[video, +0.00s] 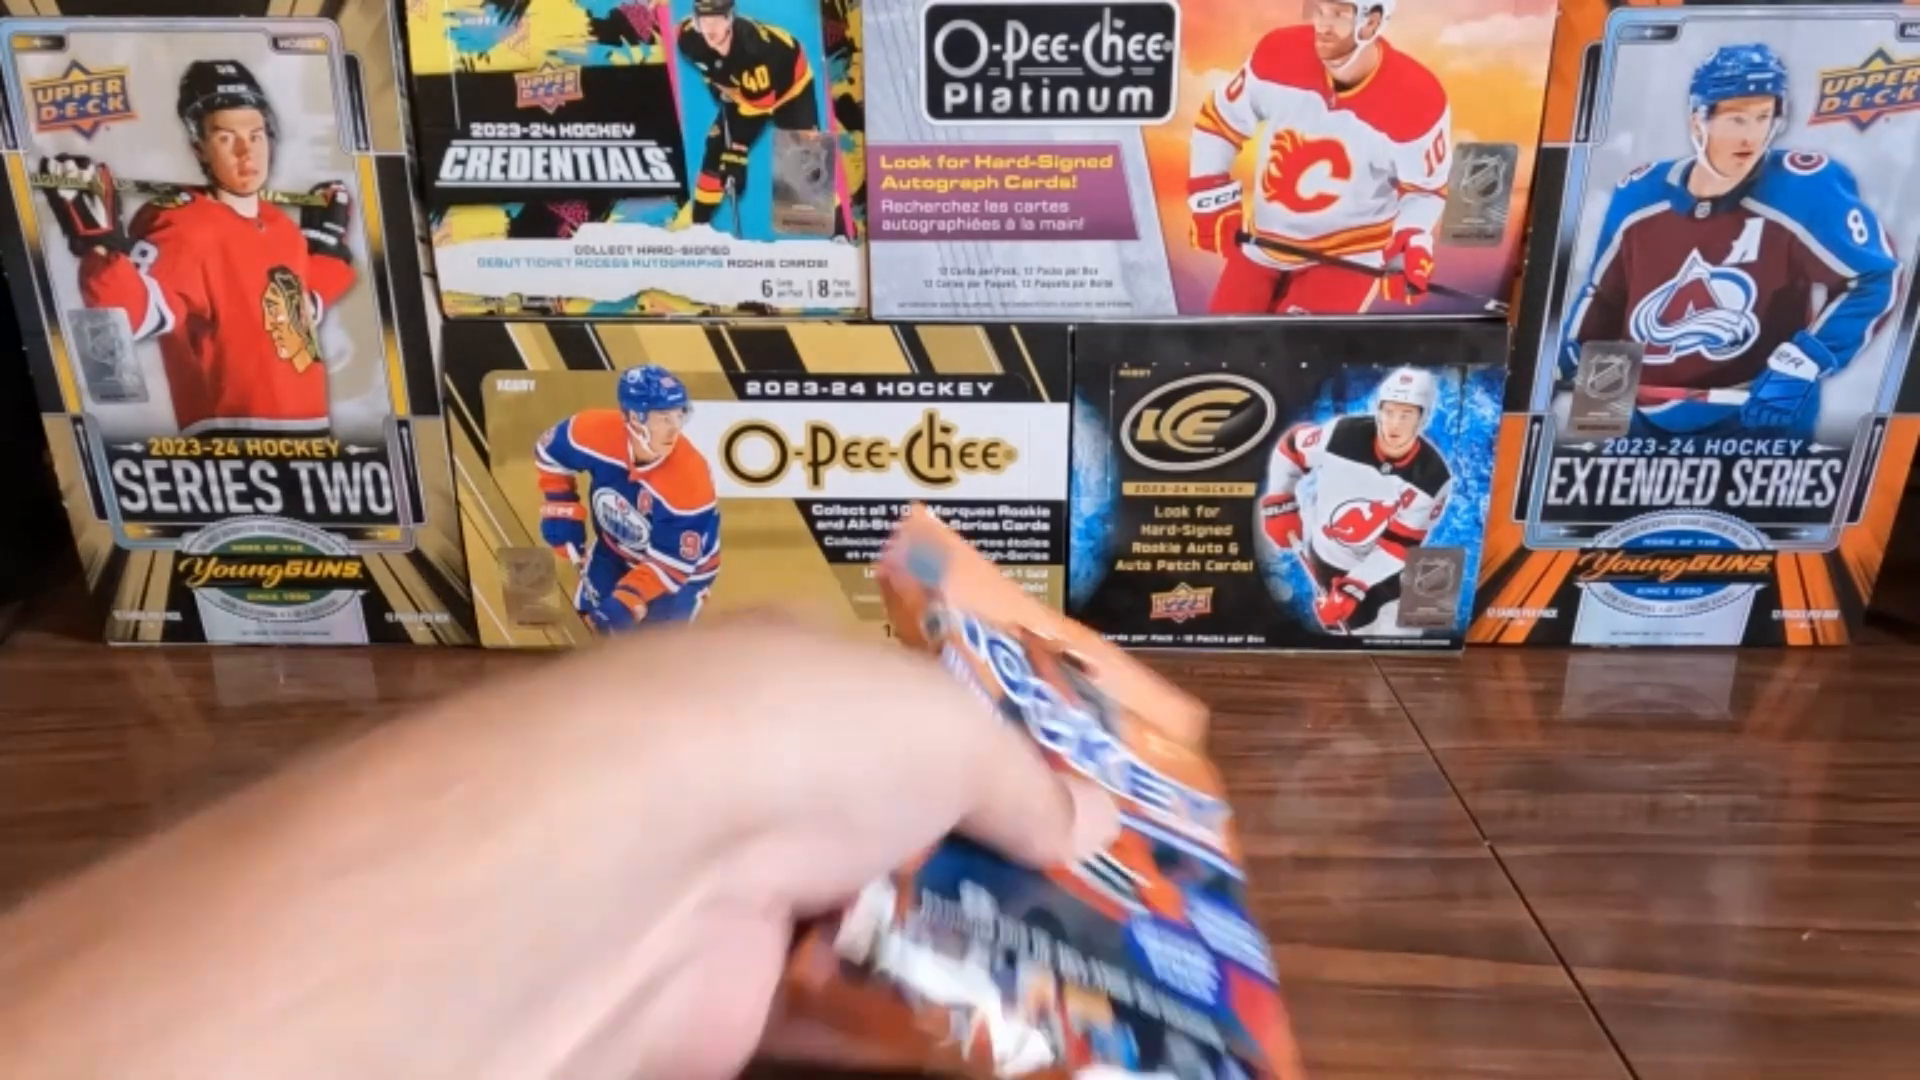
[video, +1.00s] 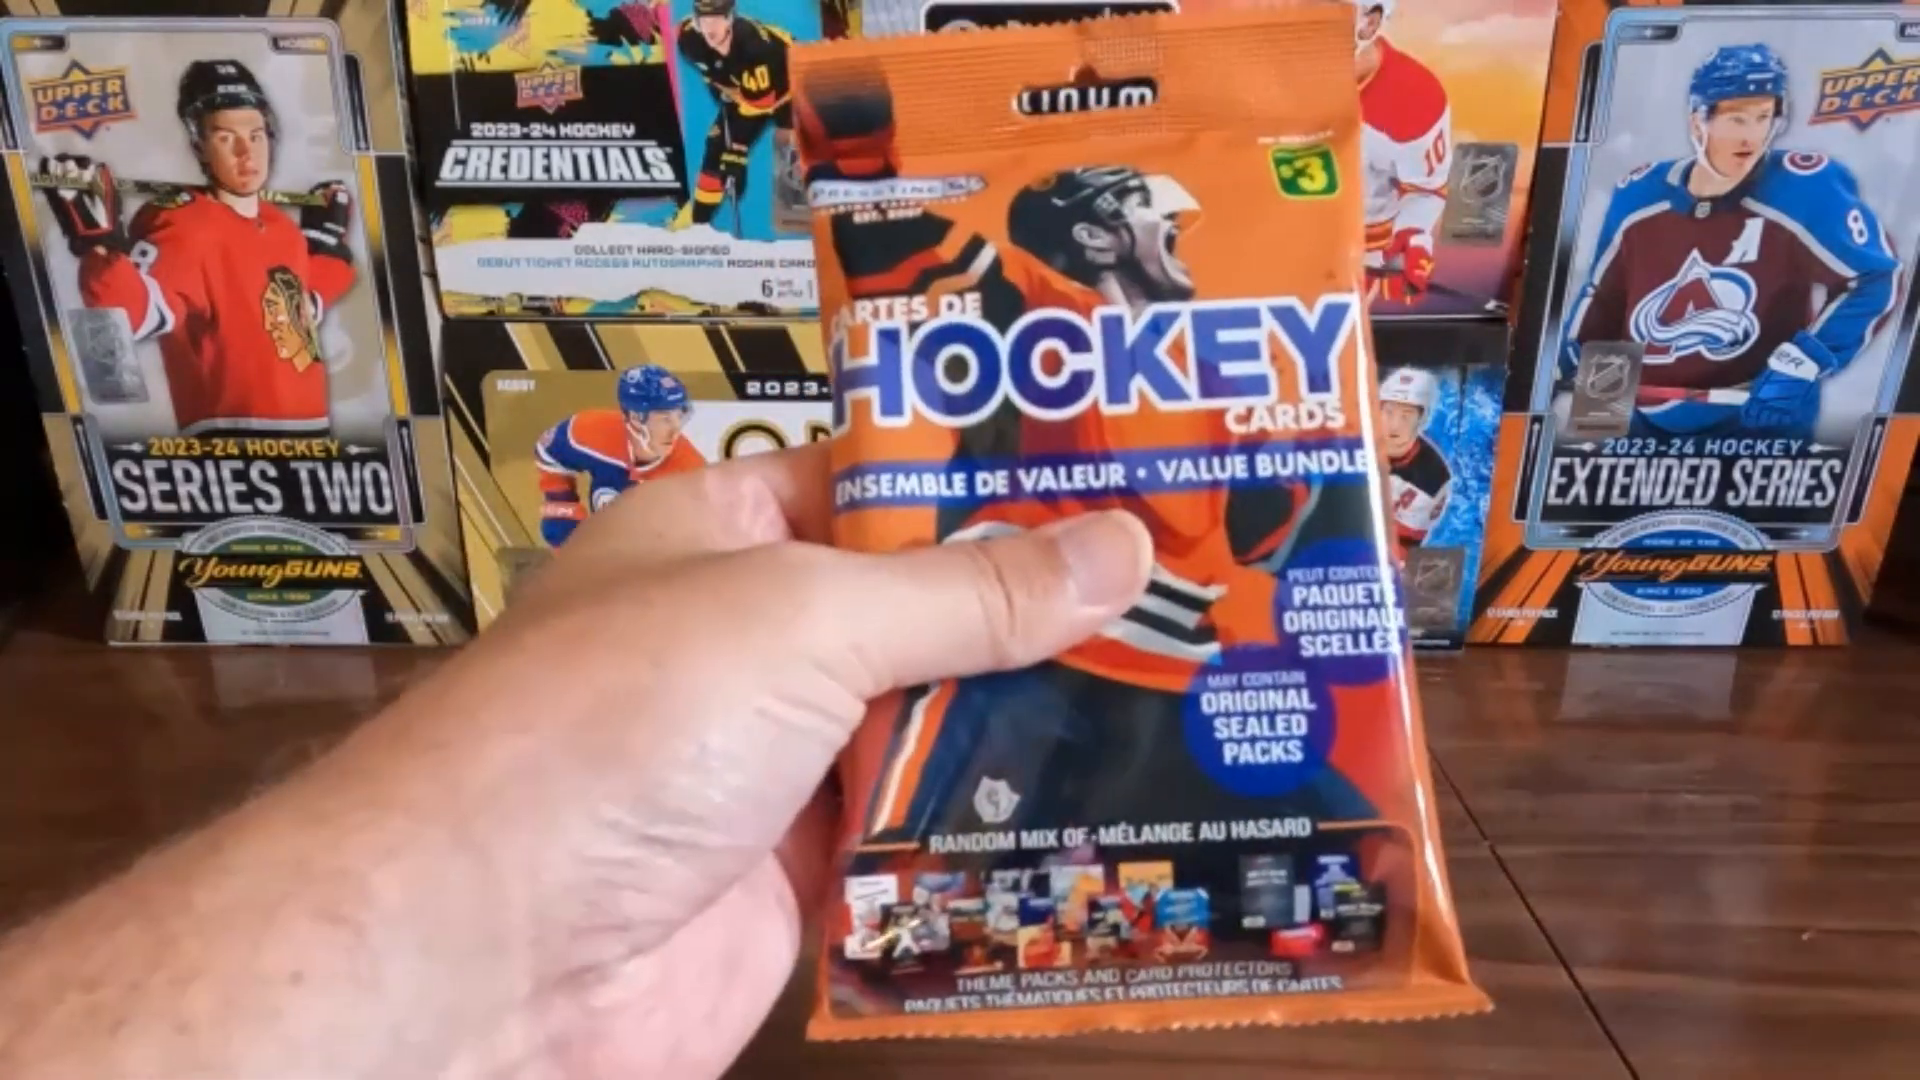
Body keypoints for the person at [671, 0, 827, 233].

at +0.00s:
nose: (710, 29)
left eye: (716, 22)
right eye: (704, 22)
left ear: (730, 19)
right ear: (696, 22)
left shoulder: (753, 47)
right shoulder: (689, 38)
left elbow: (759, 107)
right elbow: (707, 68)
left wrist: (737, 154)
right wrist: (720, 88)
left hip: (791, 91)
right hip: (741, 97)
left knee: (807, 159)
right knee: (716, 147)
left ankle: (841, 230)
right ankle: (698, 222)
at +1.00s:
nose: (709, 28)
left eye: (715, 21)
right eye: (703, 21)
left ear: (729, 19)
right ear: (696, 21)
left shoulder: (752, 46)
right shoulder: (689, 37)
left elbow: (758, 107)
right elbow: (709, 73)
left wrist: (737, 154)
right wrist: (725, 95)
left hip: (789, 88)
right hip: (741, 97)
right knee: (716, 146)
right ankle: (699, 219)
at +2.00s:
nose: (710, 30)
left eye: (716, 21)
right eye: (704, 22)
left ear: (730, 19)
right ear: (696, 22)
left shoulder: (753, 50)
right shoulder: (688, 38)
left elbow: (757, 109)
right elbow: (711, 72)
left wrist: (736, 153)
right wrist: (726, 92)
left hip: (789, 92)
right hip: (739, 96)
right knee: (718, 145)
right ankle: (699, 218)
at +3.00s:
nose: (709, 29)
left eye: (715, 22)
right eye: (704, 22)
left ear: (729, 19)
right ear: (696, 21)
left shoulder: (750, 36)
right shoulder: (688, 38)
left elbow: (749, 100)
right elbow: (711, 76)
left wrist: (736, 156)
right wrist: (734, 94)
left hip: (767, 103)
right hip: (731, 106)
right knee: (714, 147)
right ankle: (699, 220)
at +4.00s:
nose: (710, 30)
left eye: (716, 22)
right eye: (704, 22)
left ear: (730, 17)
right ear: (696, 20)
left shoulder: (754, 35)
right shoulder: (688, 39)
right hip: (728, 111)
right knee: (714, 159)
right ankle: (700, 219)